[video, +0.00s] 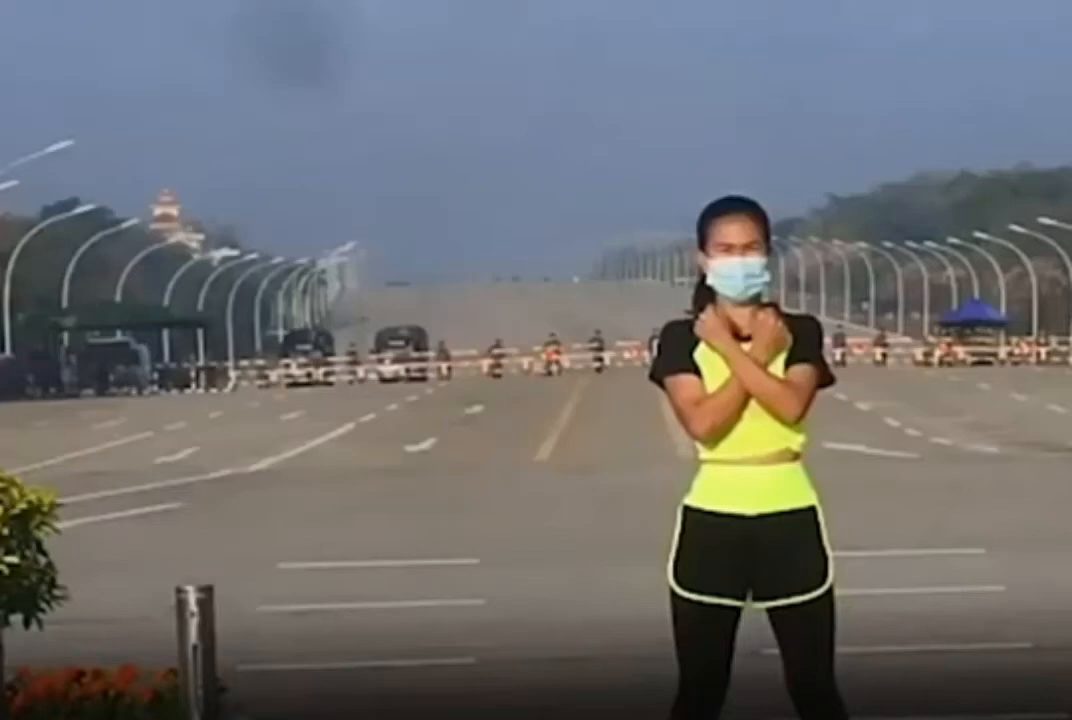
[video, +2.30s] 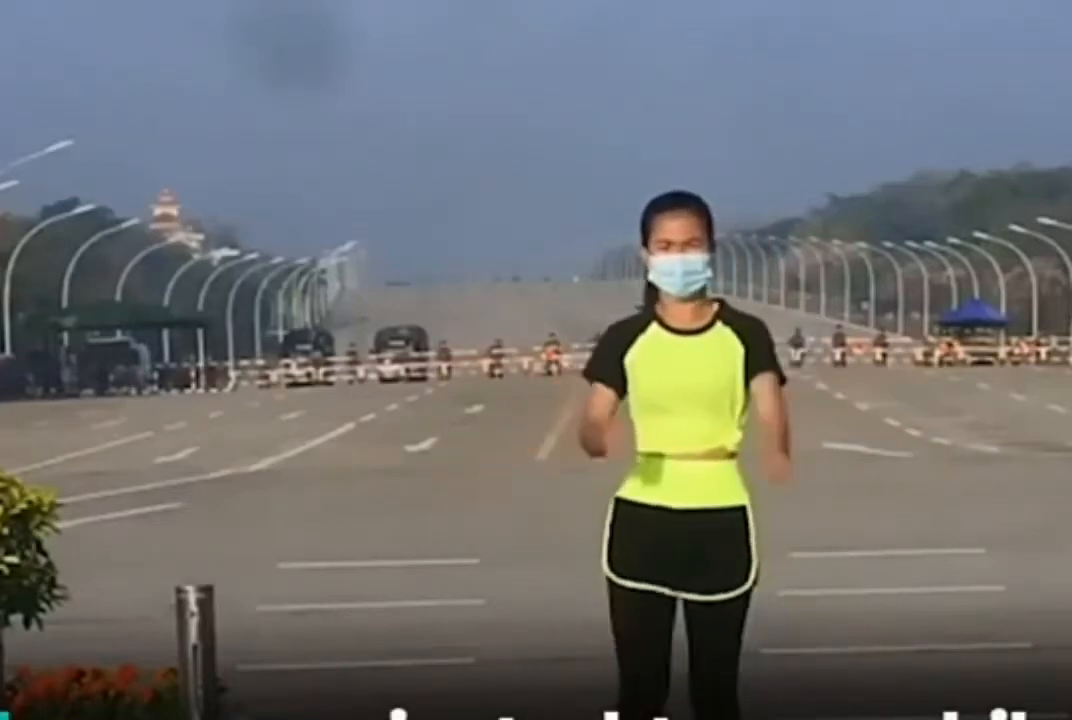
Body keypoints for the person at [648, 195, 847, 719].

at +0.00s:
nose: (742, 263)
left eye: (753, 250)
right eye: (726, 251)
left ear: (768, 255)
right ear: (703, 260)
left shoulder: (800, 329)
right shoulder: (679, 338)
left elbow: (793, 406)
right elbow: (701, 424)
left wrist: (724, 344)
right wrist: (759, 356)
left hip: (791, 523)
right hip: (711, 526)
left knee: (815, 689)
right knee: (701, 691)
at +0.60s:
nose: (720, 259)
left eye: (731, 247)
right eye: (704, 249)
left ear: (746, 254)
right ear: (681, 258)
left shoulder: (777, 336)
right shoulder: (653, 336)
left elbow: (803, 425)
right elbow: (625, 429)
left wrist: (748, 399)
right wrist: (696, 398)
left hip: (754, 521)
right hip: (674, 524)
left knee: (793, 683)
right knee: (676, 690)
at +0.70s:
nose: (706, 258)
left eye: (716, 244)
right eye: (690, 246)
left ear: (732, 251)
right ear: (667, 255)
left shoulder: (761, 337)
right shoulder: (638, 334)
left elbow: (808, 427)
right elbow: (586, 423)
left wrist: (803, 426)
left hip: (740, 524)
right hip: (660, 528)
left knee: (777, 685)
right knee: (670, 691)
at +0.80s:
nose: (699, 255)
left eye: (710, 243)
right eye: (684, 244)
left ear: (725, 251)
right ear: (661, 254)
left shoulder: (754, 336)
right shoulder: (631, 331)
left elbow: (810, 416)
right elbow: (573, 408)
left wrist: (832, 441)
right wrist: (568, 460)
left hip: (735, 518)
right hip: (654, 524)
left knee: (761, 682)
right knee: (669, 690)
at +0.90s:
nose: (688, 256)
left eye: (699, 243)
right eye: (673, 245)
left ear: (715, 251)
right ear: (649, 255)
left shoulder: (746, 334)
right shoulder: (620, 335)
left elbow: (822, 406)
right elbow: (550, 419)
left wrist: (895, 453)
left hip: (730, 521)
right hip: (649, 524)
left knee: (725, 690)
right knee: (665, 692)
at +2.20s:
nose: (685, 260)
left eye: (696, 246)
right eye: (670, 248)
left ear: (714, 252)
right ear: (648, 256)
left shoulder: (748, 335)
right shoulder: (626, 341)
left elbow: (803, 419)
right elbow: (577, 431)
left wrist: (869, 486)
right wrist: (525, 500)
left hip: (724, 523)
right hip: (645, 523)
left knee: (718, 690)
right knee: (659, 691)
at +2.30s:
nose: (683, 259)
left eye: (694, 246)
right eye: (667, 248)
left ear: (711, 252)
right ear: (646, 257)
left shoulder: (747, 333)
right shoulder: (625, 337)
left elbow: (771, 405)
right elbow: (593, 434)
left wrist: (777, 454)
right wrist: (596, 429)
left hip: (720, 522)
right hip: (642, 523)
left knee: (716, 691)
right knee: (642, 690)